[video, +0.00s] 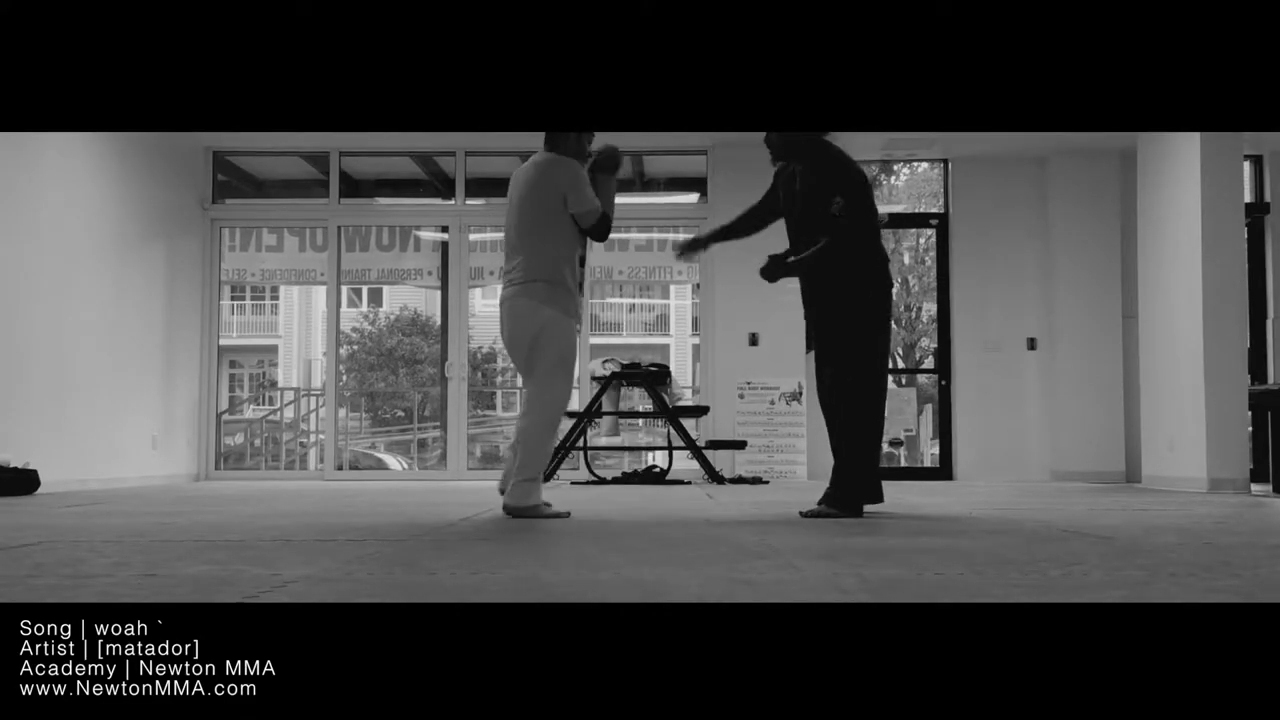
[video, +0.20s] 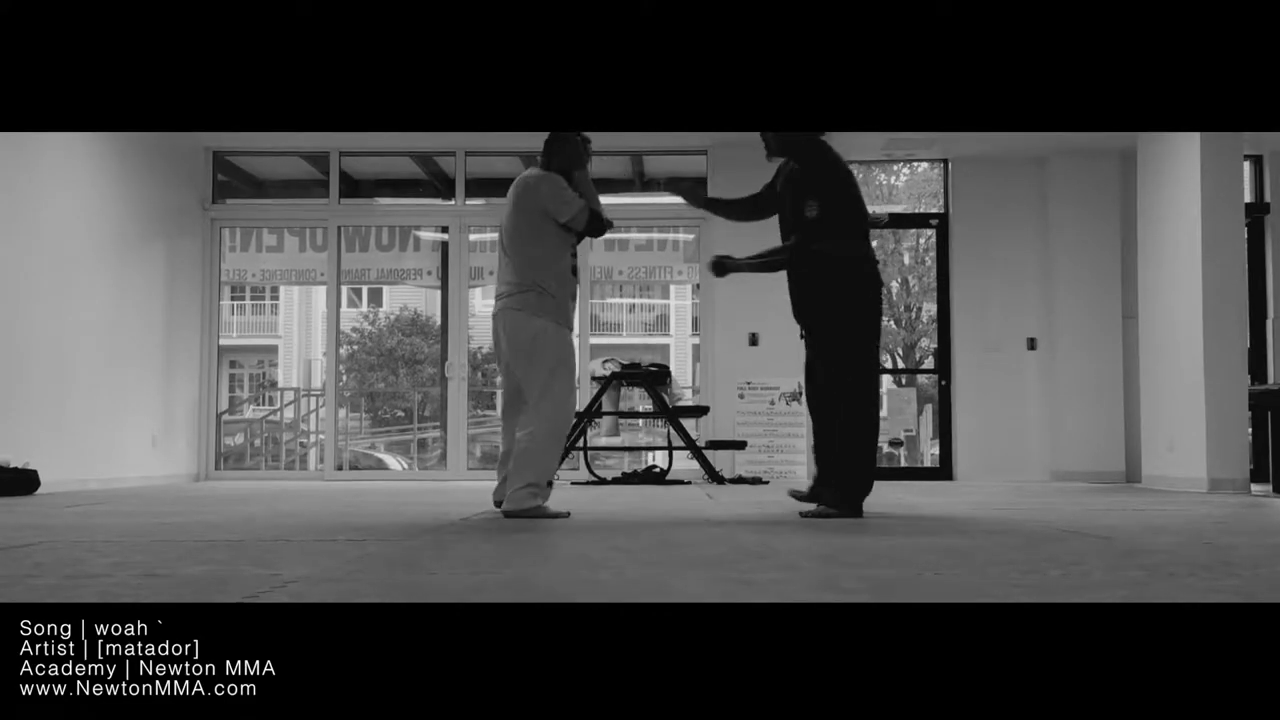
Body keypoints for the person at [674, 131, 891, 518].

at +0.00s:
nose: (767, 145)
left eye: (772, 138)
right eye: (767, 139)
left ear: (794, 137)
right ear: (787, 141)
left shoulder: (836, 169)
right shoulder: (790, 173)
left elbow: (841, 243)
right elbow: (759, 215)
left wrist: (790, 265)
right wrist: (708, 238)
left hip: (858, 298)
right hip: (827, 299)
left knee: (852, 391)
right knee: (835, 392)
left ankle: (847, 496)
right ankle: (859, 487)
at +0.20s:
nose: (762, 139)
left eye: (766, 133)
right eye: (763, 134)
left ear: (787, 134)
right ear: (786, 136)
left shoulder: (819, 169)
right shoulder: (795, 169)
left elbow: (802, 250)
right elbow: (753, 208)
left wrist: (737, 264)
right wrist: (699, 199)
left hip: (847, 307)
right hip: (824, 308)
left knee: (848, 397)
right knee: (823, 396)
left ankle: (847, 499)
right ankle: (828, 487)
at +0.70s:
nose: (741, 148)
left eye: (746, 141)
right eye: (742, 141)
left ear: (766, 144)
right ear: (777, 146)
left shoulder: (775, 178)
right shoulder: (789, 179)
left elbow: (712, 214)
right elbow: (756, 248)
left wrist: (666, 187)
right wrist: (728, 218)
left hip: (804, 309)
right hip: (799, 309)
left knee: (804, 400)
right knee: (789, 401)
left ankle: (826, 489)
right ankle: (790, 490)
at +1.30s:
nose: (730, 162)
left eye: (732, 152)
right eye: (729, 155)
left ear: (745, 146)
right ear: (766, 143)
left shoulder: (769, 174)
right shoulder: (768, 181)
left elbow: (731, 157)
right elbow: (752, 267)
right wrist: (713, 249)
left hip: (786, 311)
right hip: (782, 310)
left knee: (776, 401)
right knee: (780, 401)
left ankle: (777, 495)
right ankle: (784, 493)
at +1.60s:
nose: (730, 153)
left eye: (733, 145)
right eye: (730, 146)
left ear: (747, 145)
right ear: (768, 146)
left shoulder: (759, 176)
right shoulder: (779, 181)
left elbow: (695, 188)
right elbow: (768, 257)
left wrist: (632, 187)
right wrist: (725, 249)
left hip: (777, 313)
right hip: (794, 310)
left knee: (770, 401)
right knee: (786, 401)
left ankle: (775, 496)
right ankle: (787, 494)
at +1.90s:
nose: (727, 153)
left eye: (731, 145)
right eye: (726, 146)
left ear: (748, 144)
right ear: (764, 145)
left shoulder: (755, 176)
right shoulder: (779, 179)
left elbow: (716, 218)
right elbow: (769, 250)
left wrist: (682, 234)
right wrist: (726, 251)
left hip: (765, 315)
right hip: (788, 312)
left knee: (725, 381)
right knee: (781, 400)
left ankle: (743, 481)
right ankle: (784, 491)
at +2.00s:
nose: (723, 151)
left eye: (726, 143)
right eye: (722, 145)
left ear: (743, 143)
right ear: (762, 145)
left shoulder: (747, 175)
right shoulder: (776, 180)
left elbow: (707, 208)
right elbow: (765, 258)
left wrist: (688, 217)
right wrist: (720, 254)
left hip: (760, 320)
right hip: (787, 317)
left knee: (731, 392)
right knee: (782, 404)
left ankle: (733, 488)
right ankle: (786, 492)